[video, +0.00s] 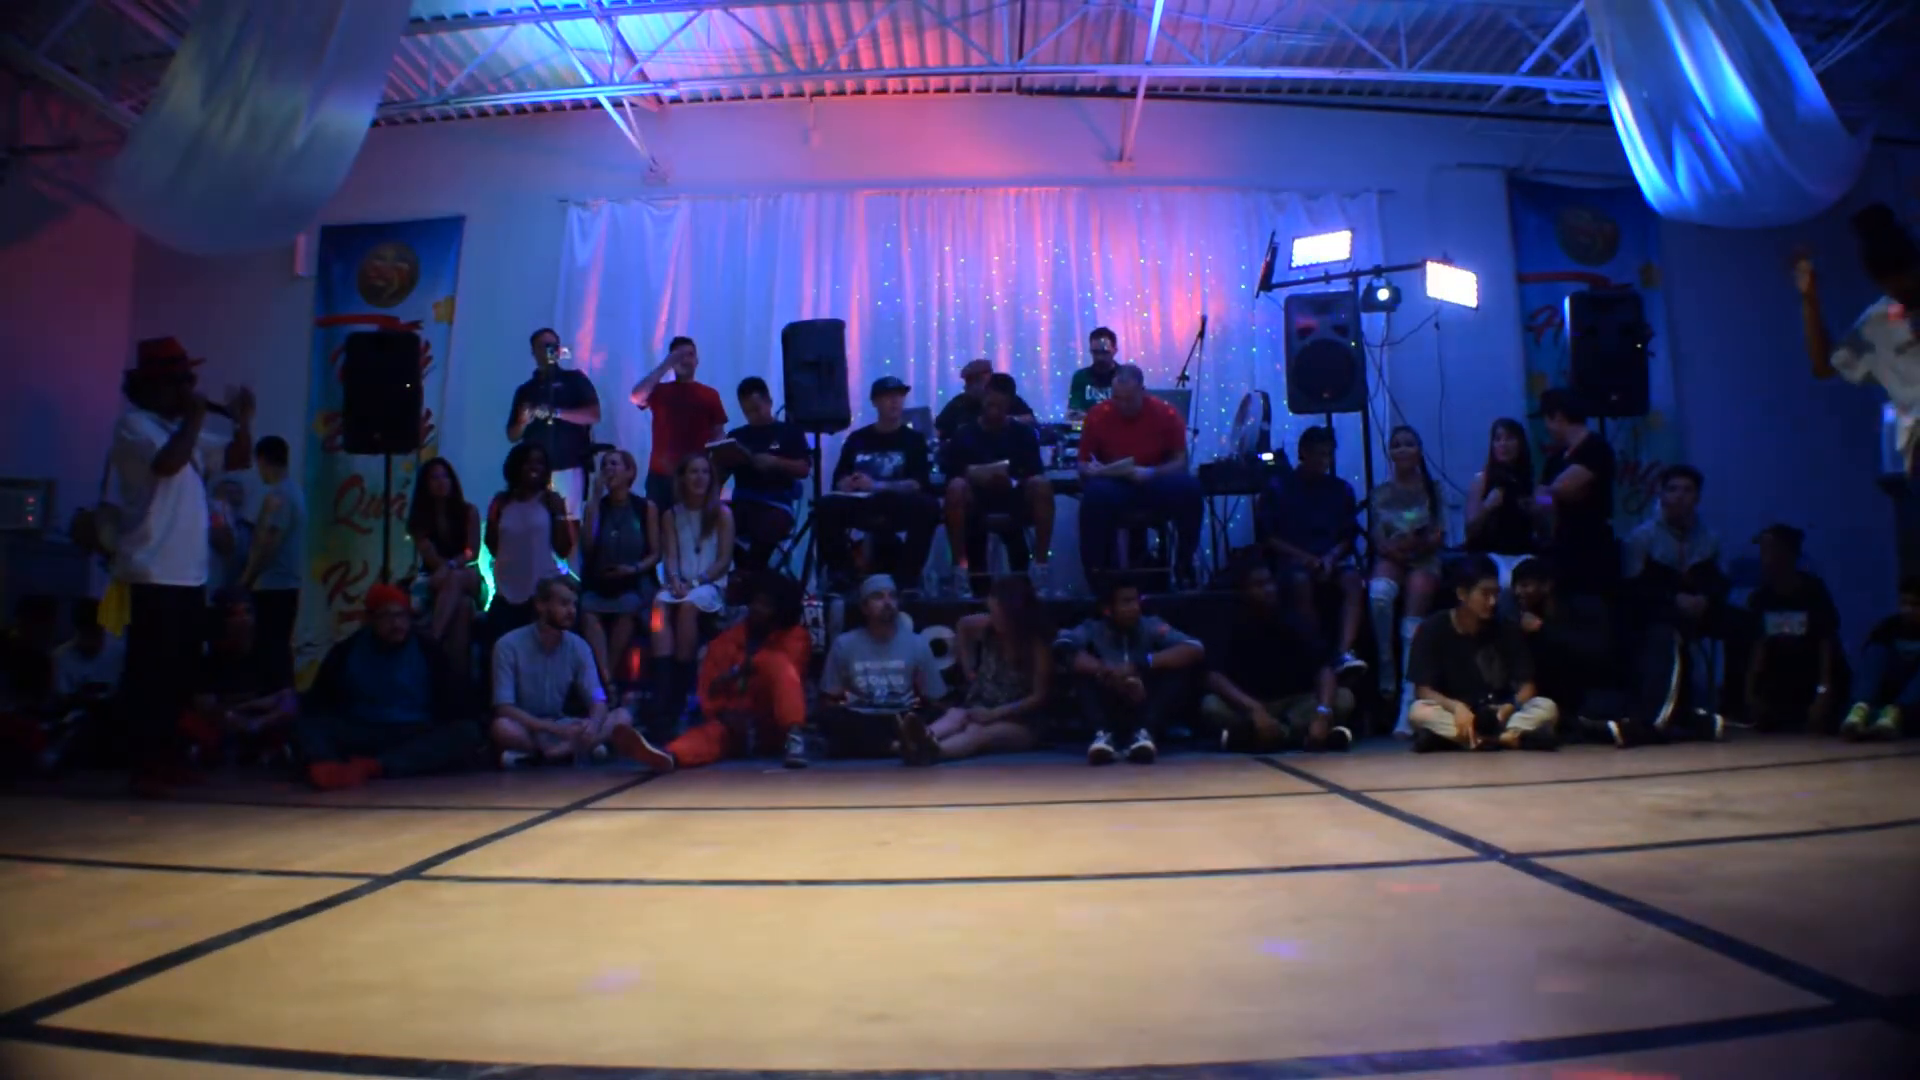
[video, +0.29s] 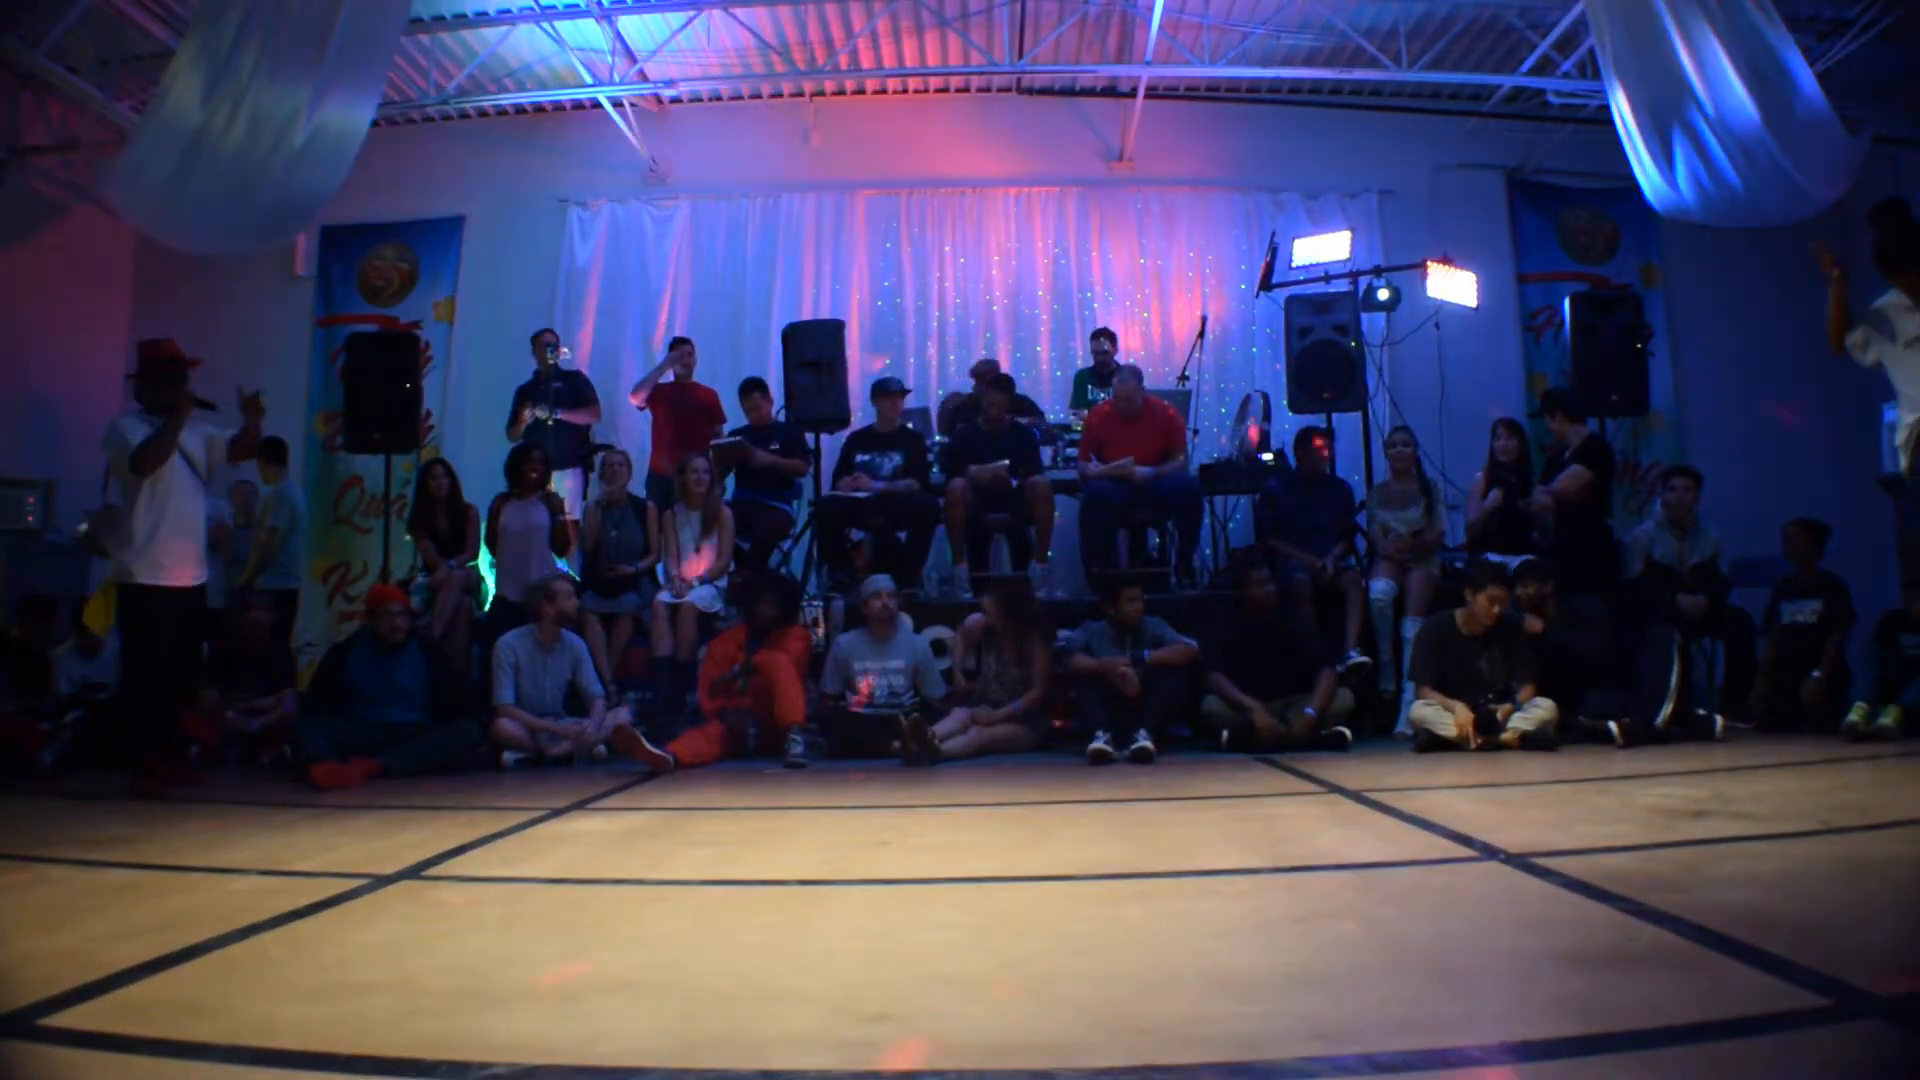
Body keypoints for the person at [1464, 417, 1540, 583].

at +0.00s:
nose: (1503, 445)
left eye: (1510, 439)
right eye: (1498, 439)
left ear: (1520, 444)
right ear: (1492, 444)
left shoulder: (1530, 478)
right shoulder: (1482, 480)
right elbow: (1471, 525)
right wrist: (1488, 506)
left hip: (1523, 550)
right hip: (1489, 550)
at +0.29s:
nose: (1503, 445)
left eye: (1509, 439)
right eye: (1497, 439)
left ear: (1521, 444)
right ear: (1492, 444)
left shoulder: (1530, 479)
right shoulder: (1481, 480)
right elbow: (1472, 524)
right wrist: (1488, 506)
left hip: (1524, 551)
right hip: (1490, 551)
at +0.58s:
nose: (1510, 444)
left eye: (1515, 437)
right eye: (1503, 438)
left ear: (1522, 443)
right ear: (1493, 445)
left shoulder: (1529, 478)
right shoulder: (1481, 480)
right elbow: (1471, 524)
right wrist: (1487, 507)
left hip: (1523, 550)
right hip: (1489, 550)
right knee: (1491, 570)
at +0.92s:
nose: (1517, 443)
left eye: (1519, 438)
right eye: (1510, 437)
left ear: (1523, 441)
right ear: (1495, 444)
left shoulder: (1527, 477)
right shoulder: (1482, 480)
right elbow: (1471, 527)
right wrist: (1490, 507)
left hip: (1523, 550)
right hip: (1489, 550)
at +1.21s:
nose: (1515, 443)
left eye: (1516, 438)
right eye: (1508, 438)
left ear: (1520, 440)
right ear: (1491, 445)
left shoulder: (1525, 477)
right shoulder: (1480, 480)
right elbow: (1470, 529)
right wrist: (1490, 506)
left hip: (1522, 550)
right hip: (1489, 551)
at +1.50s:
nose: (1516, 443)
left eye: (1517, 437)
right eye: (1508, 437)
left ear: (1521, 441)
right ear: (1492, 444)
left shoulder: (1526, 477)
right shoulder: (1479, 480)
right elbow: (1471, 528)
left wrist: (1540, 507)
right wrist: (1492, 507)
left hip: (1523, 551)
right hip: (1490, 551)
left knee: (1535, 570)